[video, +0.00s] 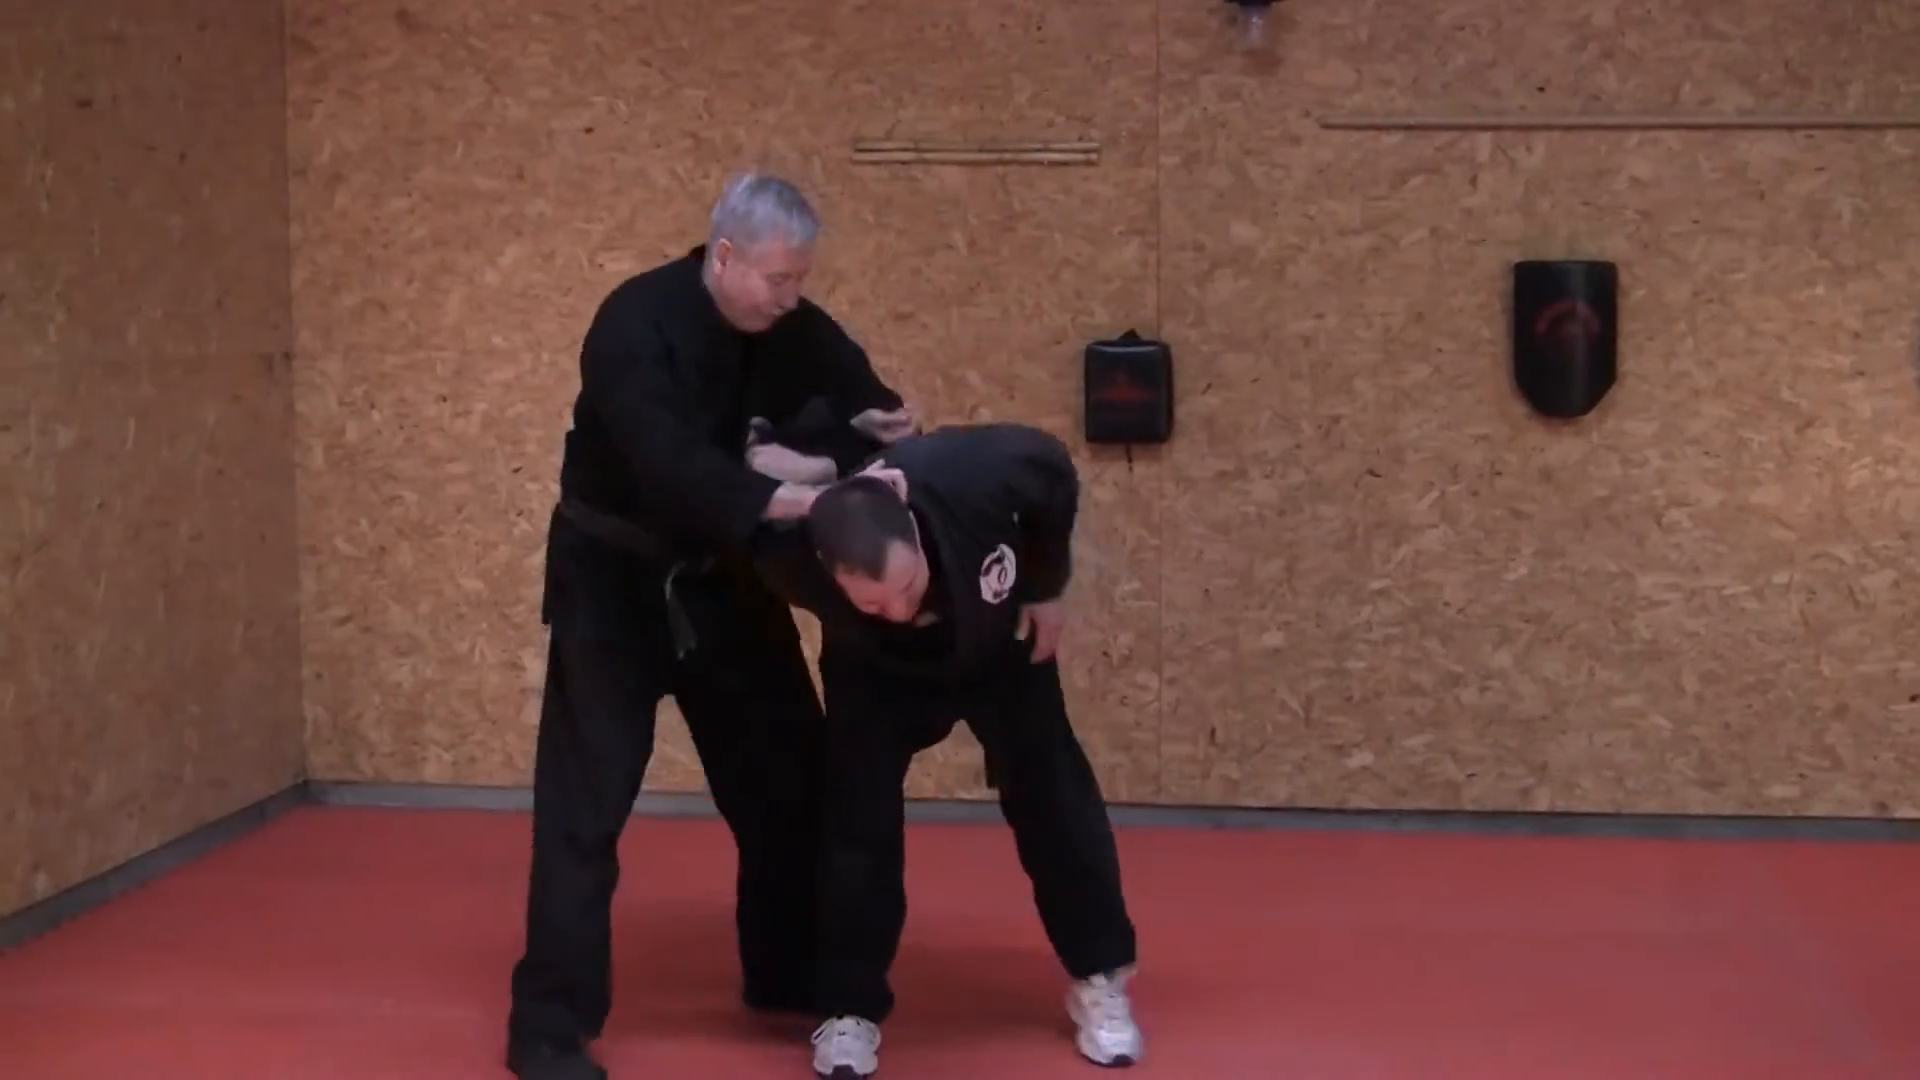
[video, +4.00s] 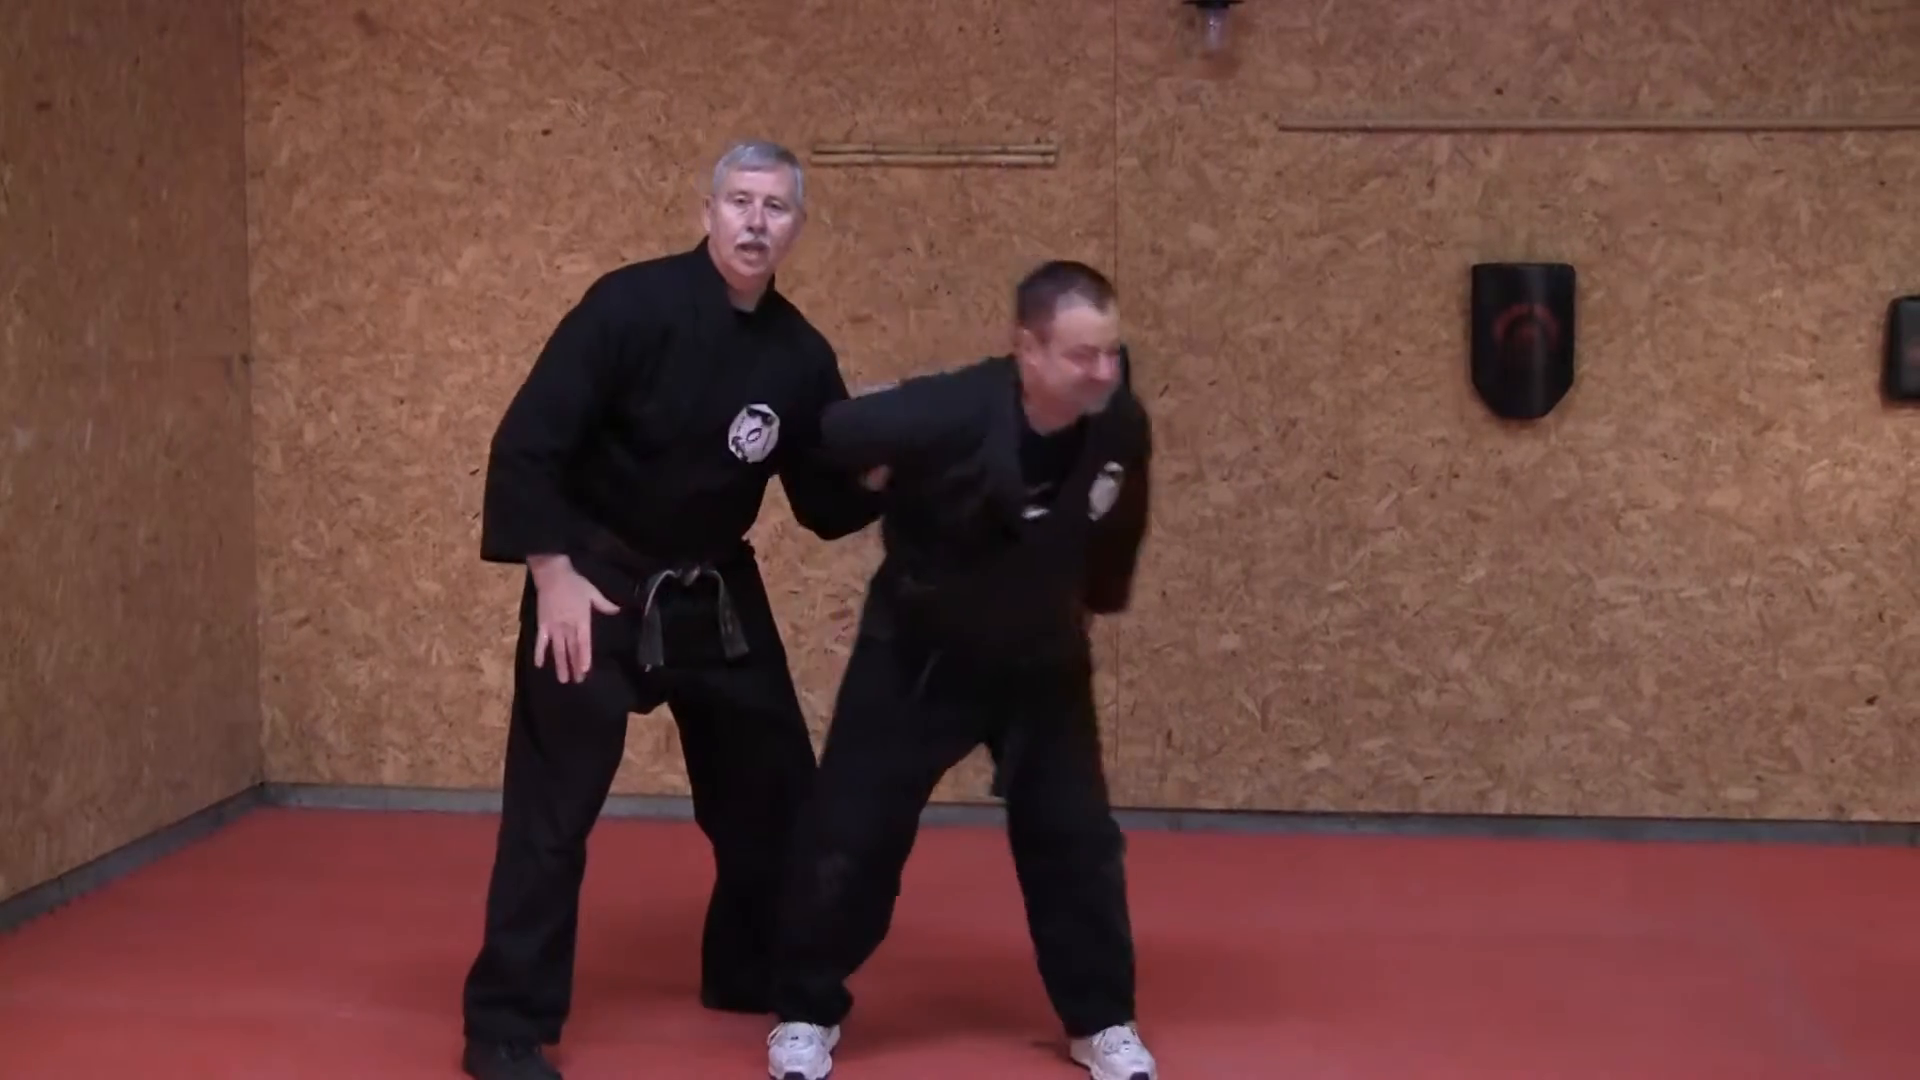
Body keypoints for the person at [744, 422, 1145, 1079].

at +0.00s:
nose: (898, 609)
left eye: (904, 589)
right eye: (875, 604)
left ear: (915, 535)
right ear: (832, 570)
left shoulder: (974, 479)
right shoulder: (794, 554)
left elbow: (1050, 471)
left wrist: (1046, 586)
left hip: (997, 641)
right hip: (875, 659)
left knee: (1056, 800)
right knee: (858, 820)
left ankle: (1098, 982)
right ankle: (852, 1012)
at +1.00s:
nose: (839, 375)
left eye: (842, 357)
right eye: (811, 376)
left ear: (865, 363)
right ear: (785, 413)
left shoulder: (940, 388)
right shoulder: (796, 497)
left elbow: (1024, 420)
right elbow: (753, 543)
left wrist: (1085, 494)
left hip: (1006, 622)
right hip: (888, 652)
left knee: (1053, 799)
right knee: (868, 822)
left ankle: (1079, 977)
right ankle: (851, 1011)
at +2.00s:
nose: (862, 245)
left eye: (854, 235)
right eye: (833, 245)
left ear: (873, 268)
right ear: (805, 301)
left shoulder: (938, 339)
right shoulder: (799, 410)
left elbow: (999, 423)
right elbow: (735, 505)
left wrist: (1034, 505)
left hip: (959, 626)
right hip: (843, 639)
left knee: (1018, 807)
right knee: (832, 826)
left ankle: (1050, 981)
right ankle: (820, 1007)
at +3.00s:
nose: (888, 268)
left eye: (882, 252)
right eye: (860, 262)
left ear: (895, 269)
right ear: (812, 303)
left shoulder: (940, 346)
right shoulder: (798, 414)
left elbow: (989, 431)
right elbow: (722, 501)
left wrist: (1014, 519)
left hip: (944, 629)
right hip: (829, 641)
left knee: (1005, 808)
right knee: (819, 830)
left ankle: (1038, 981)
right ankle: (810, 1013)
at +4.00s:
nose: (1104, 372)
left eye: (1113, 352)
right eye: (1082, 354)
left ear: (1121, 347)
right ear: (1025, 349)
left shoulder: (1119, 426)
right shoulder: (952, 413)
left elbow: (1119, 518)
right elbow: (827, 437)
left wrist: (1102, 590)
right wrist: (878, 489)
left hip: (1040, 652)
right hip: (918, 652)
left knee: (1077, 838)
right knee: (854, 828)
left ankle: (1101, 1018)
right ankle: (807, 1013)